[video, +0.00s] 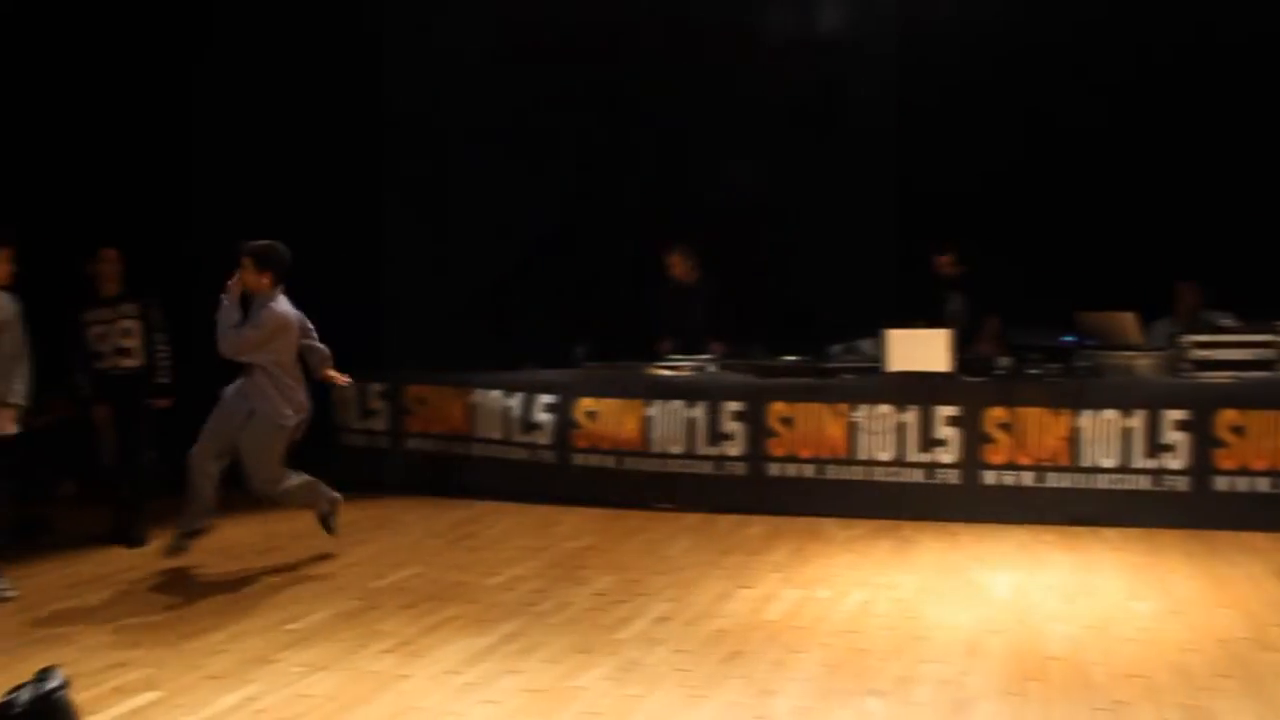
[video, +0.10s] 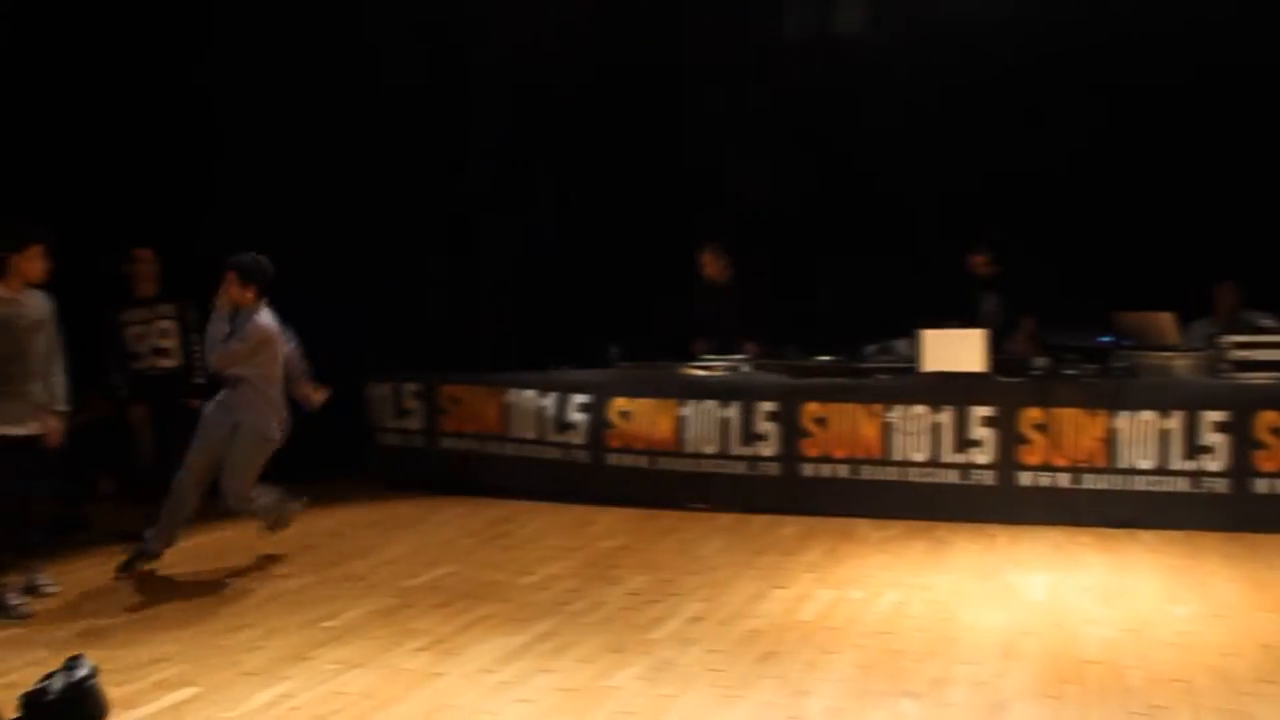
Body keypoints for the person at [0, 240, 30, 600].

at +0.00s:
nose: (8, 271)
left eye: (10, 263)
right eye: (5, 263)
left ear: (14, 268)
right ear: (1, 267)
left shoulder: (11, 306)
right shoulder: (11, 307)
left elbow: (18, 359)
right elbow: (18, 359)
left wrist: (12, 406)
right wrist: (12, 405)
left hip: (8, 420)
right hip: (9, 420)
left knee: (9, 495)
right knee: (10, 495)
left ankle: (5, 569)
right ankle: (5, 568)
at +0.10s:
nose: (42, 265)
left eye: (42, 257)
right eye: (35, 258)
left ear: (34, 263)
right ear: (14, 261)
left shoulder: (40, 304)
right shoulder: (7, 304)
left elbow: (53, 361)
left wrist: (56, 410)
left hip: (36, 430)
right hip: (7, 433)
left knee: (37, 505)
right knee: (11, 513)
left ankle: (34, 568)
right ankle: (7, 583)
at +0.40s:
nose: (117, 268)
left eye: (117, 261)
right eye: (111, 261)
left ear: (102, 265)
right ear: (90, 263)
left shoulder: (110, 303)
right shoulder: (54, 303)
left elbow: (118, 362)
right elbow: (36, 366)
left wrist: (122, 411)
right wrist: (46, 420)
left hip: (106, 426)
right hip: (69, 431)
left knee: (103, 503)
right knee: (74, 507)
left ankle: (96, 571)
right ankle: (77, 579)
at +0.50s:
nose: (115, 269)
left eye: (115, 262)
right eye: (108, 262)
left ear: (106, 267)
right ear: (85, 264)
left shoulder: (112, 306)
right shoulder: (54, 306)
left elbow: (117, 362)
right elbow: (37, 368)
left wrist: (118, 406)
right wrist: (48, 423)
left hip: (109, 426)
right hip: (71, 431)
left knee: (105, 503)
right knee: (77, 505)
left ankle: (97, 573)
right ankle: (77, 579)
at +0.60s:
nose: (112, 257)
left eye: (113, 249)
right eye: (105, 249)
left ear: (110, 255)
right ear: (83, 254)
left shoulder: (117, 301)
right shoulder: (58, 299)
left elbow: (123, 360)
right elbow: (41, 362)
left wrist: (122, 408)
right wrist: (49, 417)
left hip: (112, 422)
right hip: (73, 426)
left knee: (106, 501)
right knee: (77, 503)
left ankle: (97, 571)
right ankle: (76, 577)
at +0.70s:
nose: (119, 256)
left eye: (122, 249)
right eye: (110, 248)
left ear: (123, 254)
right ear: (90, 252)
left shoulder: (124, 300)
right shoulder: (66, 297)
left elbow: (130, 358)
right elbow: (45, 359)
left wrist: (131, 406)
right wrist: (51, 415)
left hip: (116, 422)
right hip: (76, 425)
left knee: (110, 502)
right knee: (77, 505)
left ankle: (104, 572)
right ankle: (76, 577)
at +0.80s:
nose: (135, 272)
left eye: (138, 264)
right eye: (127, 263)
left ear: (139, 269)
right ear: (106, 265)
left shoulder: (132, 310)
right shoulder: (76, 305)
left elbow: (135, 366)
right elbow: (52, 363)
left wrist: (138, 417)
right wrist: (56, 420)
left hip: (116, 426)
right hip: (79, 428)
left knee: (117, 503)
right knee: (83, 507)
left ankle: (110, 574)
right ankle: (79, 577)